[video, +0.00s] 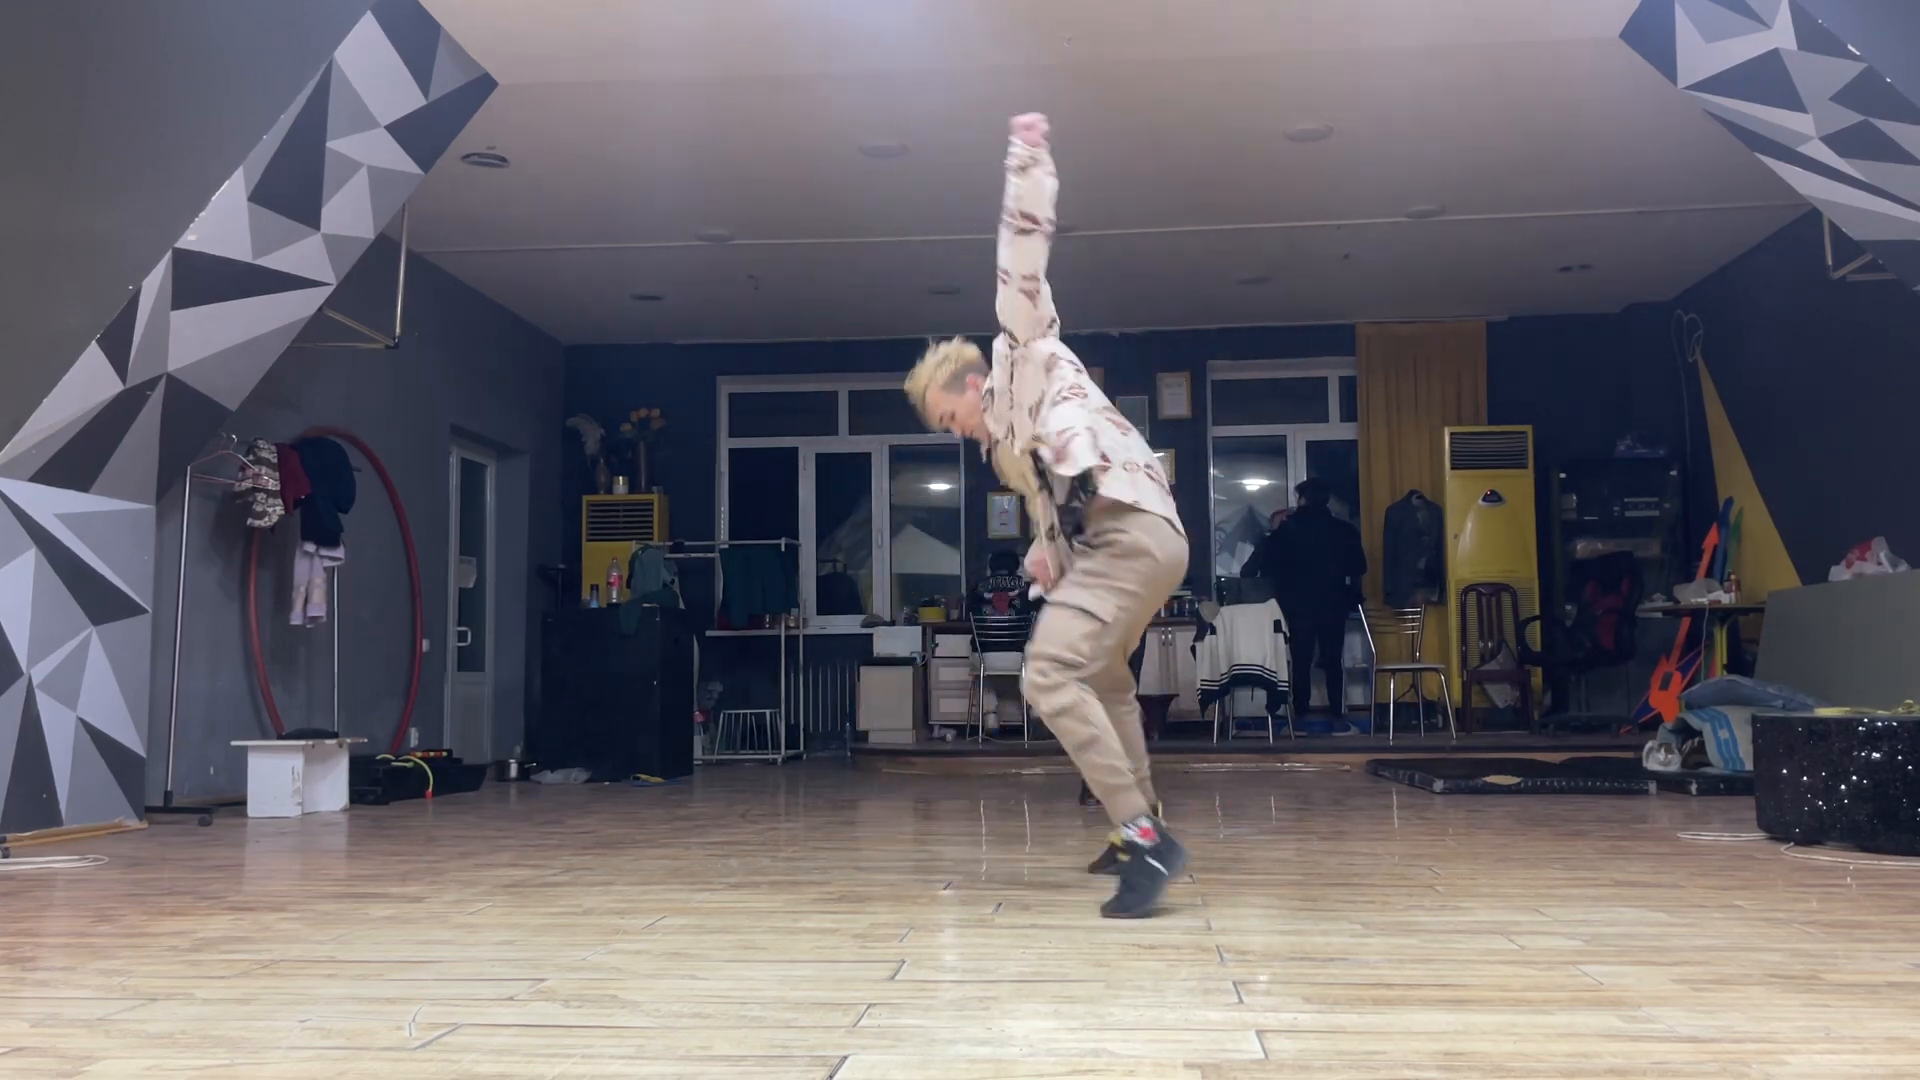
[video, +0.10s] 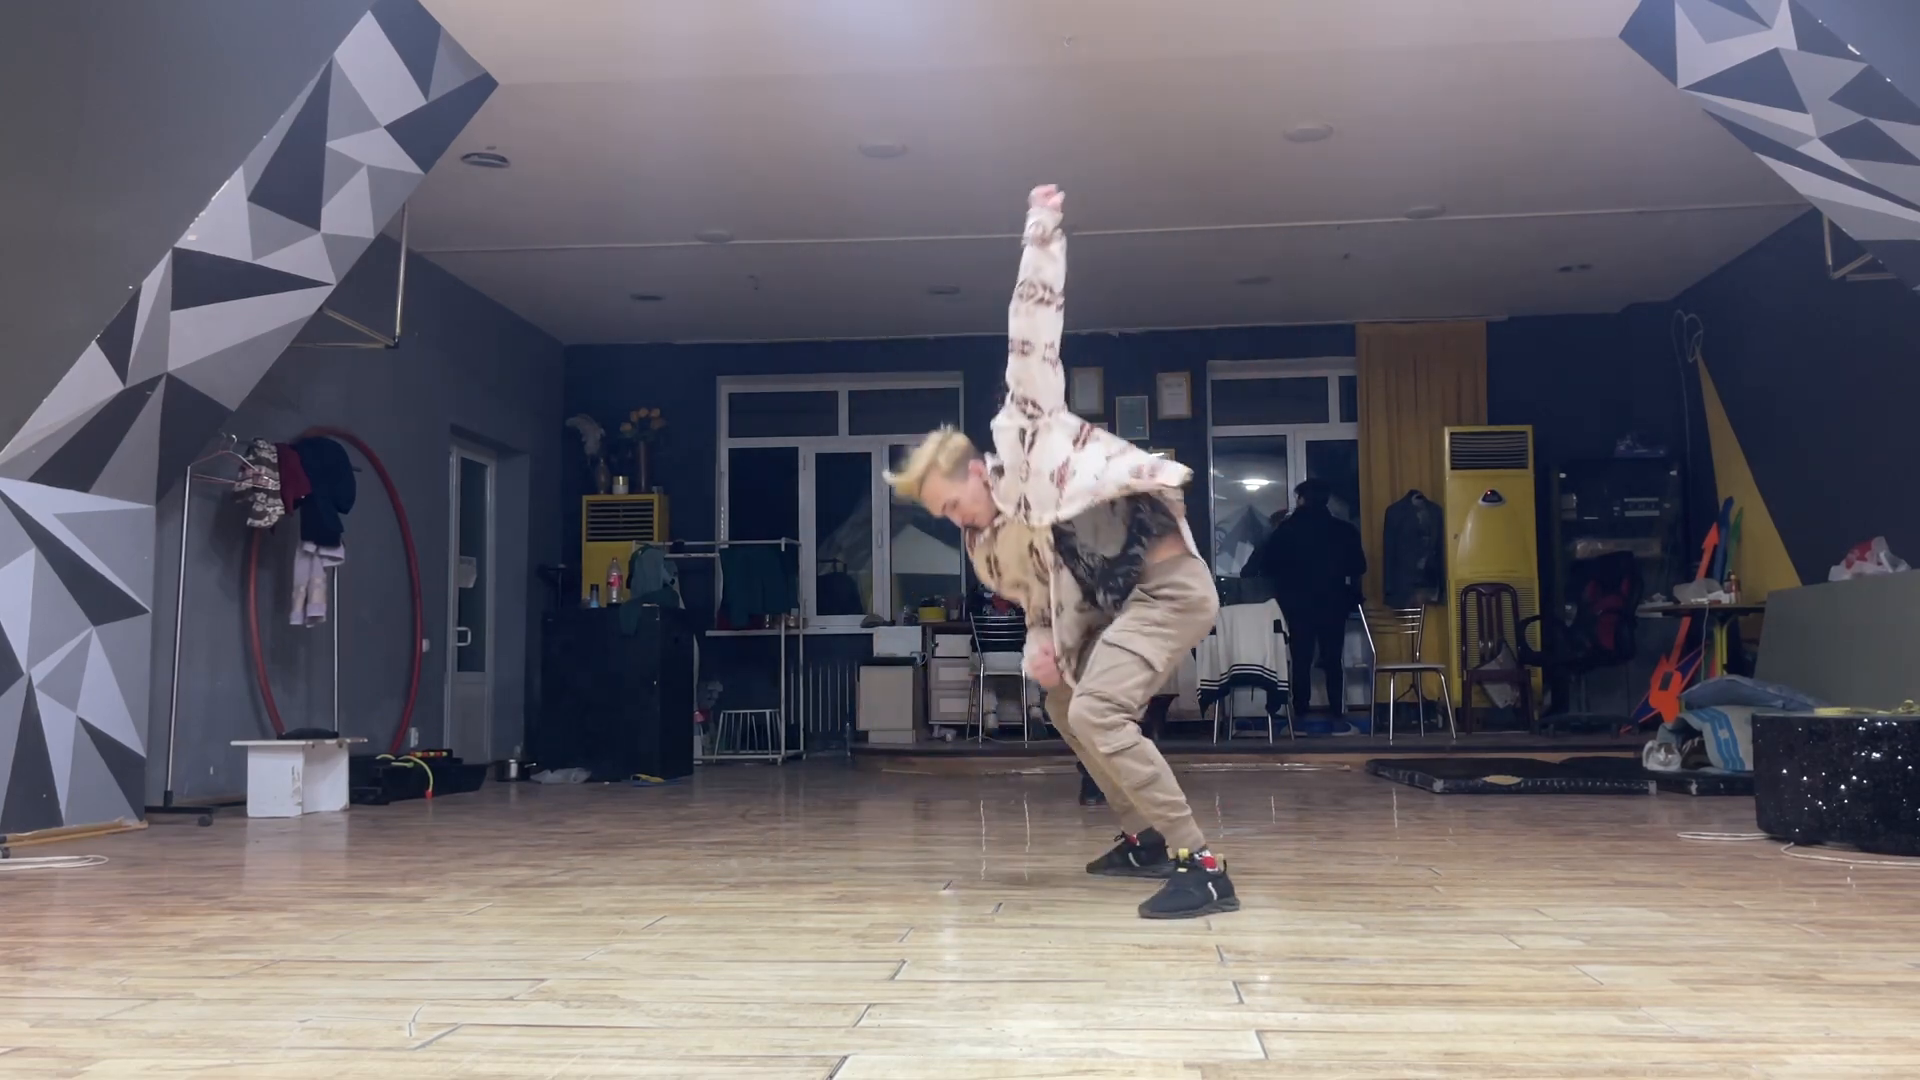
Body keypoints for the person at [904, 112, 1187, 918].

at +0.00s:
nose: (957, 430)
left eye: (951, 415)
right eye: (947, 425)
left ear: (968, 379)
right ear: (965, 400)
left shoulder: (1022, 348)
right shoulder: (1019, 437)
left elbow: (1021, 252)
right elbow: (1070, 501)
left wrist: (1027, 156)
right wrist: (1049, 547)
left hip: (1132, 529)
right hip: (1125, 542)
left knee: (1051, 674)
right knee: (1104, 675)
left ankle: (1145, 839)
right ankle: (1139, 824)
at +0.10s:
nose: (956, 522)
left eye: (951, 505)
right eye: (945, 516)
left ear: (974, 469)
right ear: (954, 501)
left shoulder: (1028, 431)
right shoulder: (1001, 545)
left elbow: (1034, 332)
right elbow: (1054, 602)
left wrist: (1043, 230)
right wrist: (1045, 644)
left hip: (1170, 582)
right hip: (1111, 603)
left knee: (1098, 711)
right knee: (1065, 702)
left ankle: (1201, 864)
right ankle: (1146, 836)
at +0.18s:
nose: (965, 576)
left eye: (962, 560)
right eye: (953, 571)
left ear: (981, 523)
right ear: (958, 564)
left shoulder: (1020, 478)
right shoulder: (1011, 599)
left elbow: (996, 372)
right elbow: (1056, 644)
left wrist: (976, 279)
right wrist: (1053, 682)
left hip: (1188, 598)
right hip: (1124, 624)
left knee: (1110, 703)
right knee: (1063, 711)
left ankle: (1204, 864)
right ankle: (1149, 840)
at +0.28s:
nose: (963, 546)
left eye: (958, 530)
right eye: (952, 543)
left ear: (974, 495)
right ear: (955, 543)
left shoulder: (1016, 459)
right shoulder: (1019, 578)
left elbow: (985, 393)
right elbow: (1069, 634)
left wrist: (930, 320)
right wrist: (1042, 686)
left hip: (1184, 578)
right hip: (1130, 610)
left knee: (1119, 695)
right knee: (1070, 713)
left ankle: (1205, 862)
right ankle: (1148, 835)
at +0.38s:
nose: (947, 433)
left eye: (946, 417)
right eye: (939, 425)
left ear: (973, 386)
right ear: (954, 409)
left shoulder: (1027, 378)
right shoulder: (999, 476)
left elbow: (1067, 383)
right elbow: (1048, 556)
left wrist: (1042, 435)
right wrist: (1031, 620)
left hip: (1151, 536)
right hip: (1089, 561)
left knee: (1094, 666)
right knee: (1051, 686)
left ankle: (1176, 840)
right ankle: (1131, 820)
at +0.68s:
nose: (1012, 236)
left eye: (1025, 222)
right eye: (1000, 228)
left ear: (1055, 231)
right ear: (991, 242)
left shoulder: (1105, 317)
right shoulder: (978, 326)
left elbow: (1144, 415)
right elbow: (942, 411)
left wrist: (1174, 392)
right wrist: (904, 371)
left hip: (1081, 519)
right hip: (1003, 524)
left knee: (1078, 683)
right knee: (995, 679)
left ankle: (1101, 840)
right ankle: (1065, 793)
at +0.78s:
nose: (1001, 238)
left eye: (1017, 225)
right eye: (990, 227)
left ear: (1045, 235)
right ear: (977, 237)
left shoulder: (1094, 293)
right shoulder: (943, 304)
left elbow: (1187, 284)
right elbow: (872, 297)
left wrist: (1210, 224)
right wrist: (834, 238)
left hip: (1084, 516)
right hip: (992, 523)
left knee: (1117, 646)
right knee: (919, 635)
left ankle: (1113, 805)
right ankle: (1009, 734)